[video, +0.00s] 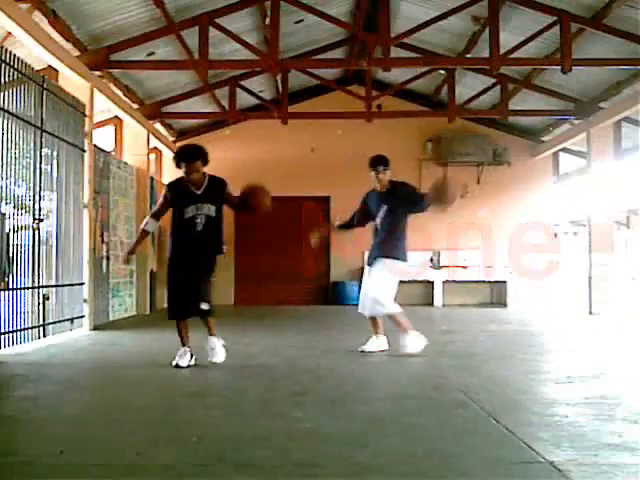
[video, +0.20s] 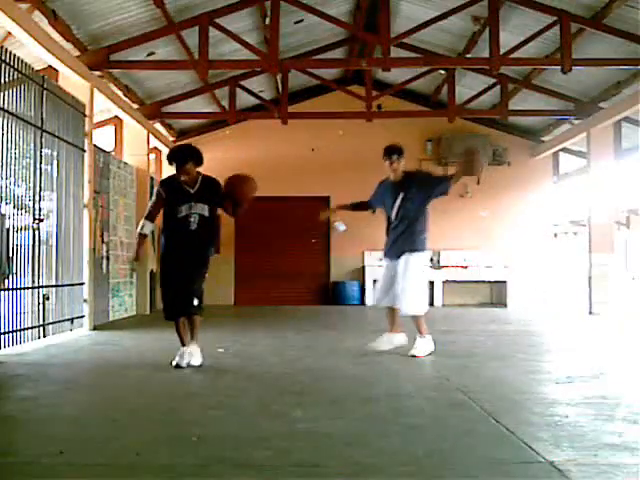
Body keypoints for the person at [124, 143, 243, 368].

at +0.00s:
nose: (191, 176)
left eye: (195, 171)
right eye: (187, 172)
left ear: (204, 168)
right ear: (182, 169)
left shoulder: (218, 186)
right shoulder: (175, 189)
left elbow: (237, 205)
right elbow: (155, 218)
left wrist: (254, 200)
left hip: (206, 252)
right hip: (180, 252)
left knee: (202, 300)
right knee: (178, 302)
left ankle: (214, 339)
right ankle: (185, 348)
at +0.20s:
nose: (182, 176)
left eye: (186, 171)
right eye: (178, 171)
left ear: (197, 166)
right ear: (175, 168)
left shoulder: (211, 185)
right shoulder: (167, 186)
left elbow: (231, 210)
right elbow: (151, 215)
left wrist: (242, 197)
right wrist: (140, 243)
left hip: (199, 251)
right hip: (173, 250)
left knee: (191, 298)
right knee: (174, 301)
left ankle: (194, 345)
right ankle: (185, 347)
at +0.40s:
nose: (181, 175)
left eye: (185, 171)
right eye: (177, 170)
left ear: (195, 167)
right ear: (173, 167)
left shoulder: (205, 190)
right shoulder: (161, 187)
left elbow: (208, 224)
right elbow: (152, 226)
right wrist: (155, 258)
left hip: (196, 253)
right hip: (169, 255)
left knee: (194, 302)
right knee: (174, 303)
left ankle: (189, 350)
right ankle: (183, 347)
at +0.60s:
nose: (178, 178)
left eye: (182, 173)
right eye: (174, 173)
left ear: (190, 169)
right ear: (168, 168)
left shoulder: (197, 191)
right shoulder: (155, 188)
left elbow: (196, 230)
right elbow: (148, 224)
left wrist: (178, 262)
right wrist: (150, 258)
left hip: (192, 250)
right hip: (166, 249)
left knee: (192, 301)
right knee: (170, 300)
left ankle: (189, 351)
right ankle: (175, 341)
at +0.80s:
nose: (160, 171)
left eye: (165, 166)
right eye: (157, 166)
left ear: (176, 164)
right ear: (152, 164)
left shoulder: (190, 187)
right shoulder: (146, 184)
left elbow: (210, 218)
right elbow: (131, 208)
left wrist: (185, 235)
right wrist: (124, 212)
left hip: (185, 254)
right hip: (156, 253)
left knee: (187, 306)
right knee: (143, 304)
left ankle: (187, 353)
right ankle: (136, 354)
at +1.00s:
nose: (142, 169)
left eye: (147, 164)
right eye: (138, 164)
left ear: (159, 161)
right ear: (134, 162)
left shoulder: (174, 184)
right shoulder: (128, 183)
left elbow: (204, 203)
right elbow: (103, 202)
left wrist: (199, 221)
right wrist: (81, 207)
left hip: (170, 258)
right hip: (139, 258)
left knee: (178, 308)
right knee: (130, 309)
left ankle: (184, 351)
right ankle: (125, 357)